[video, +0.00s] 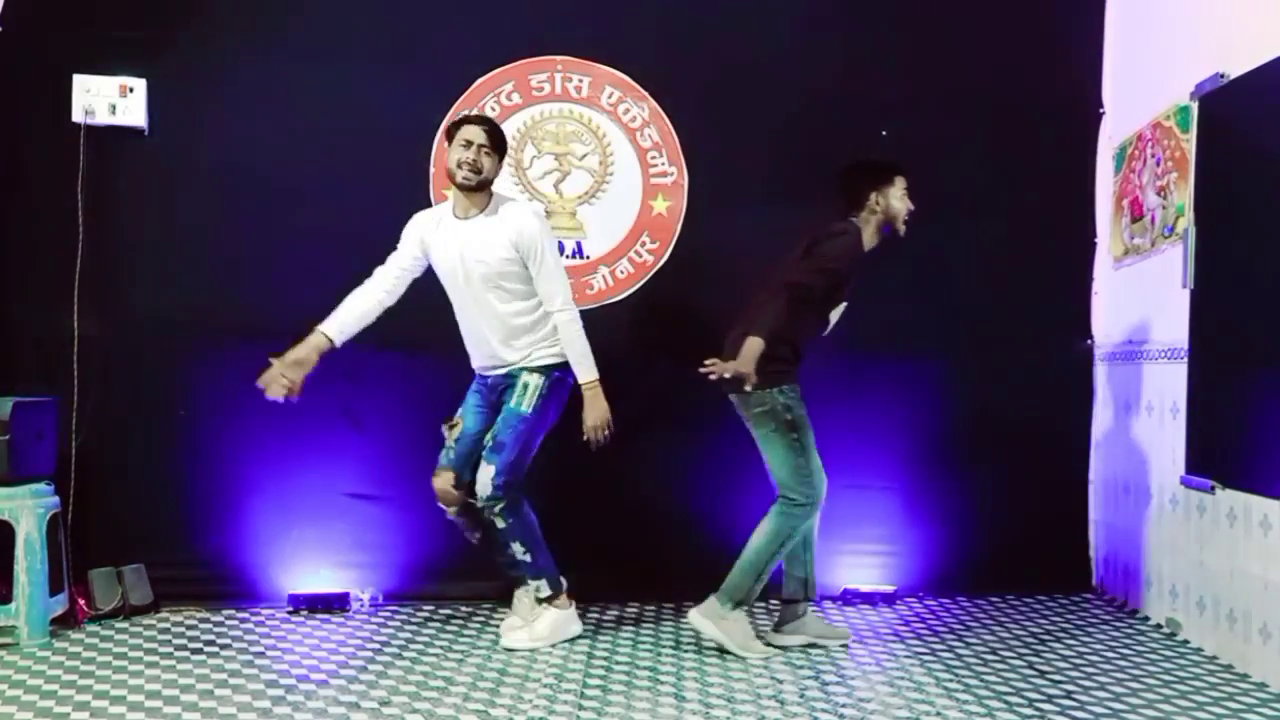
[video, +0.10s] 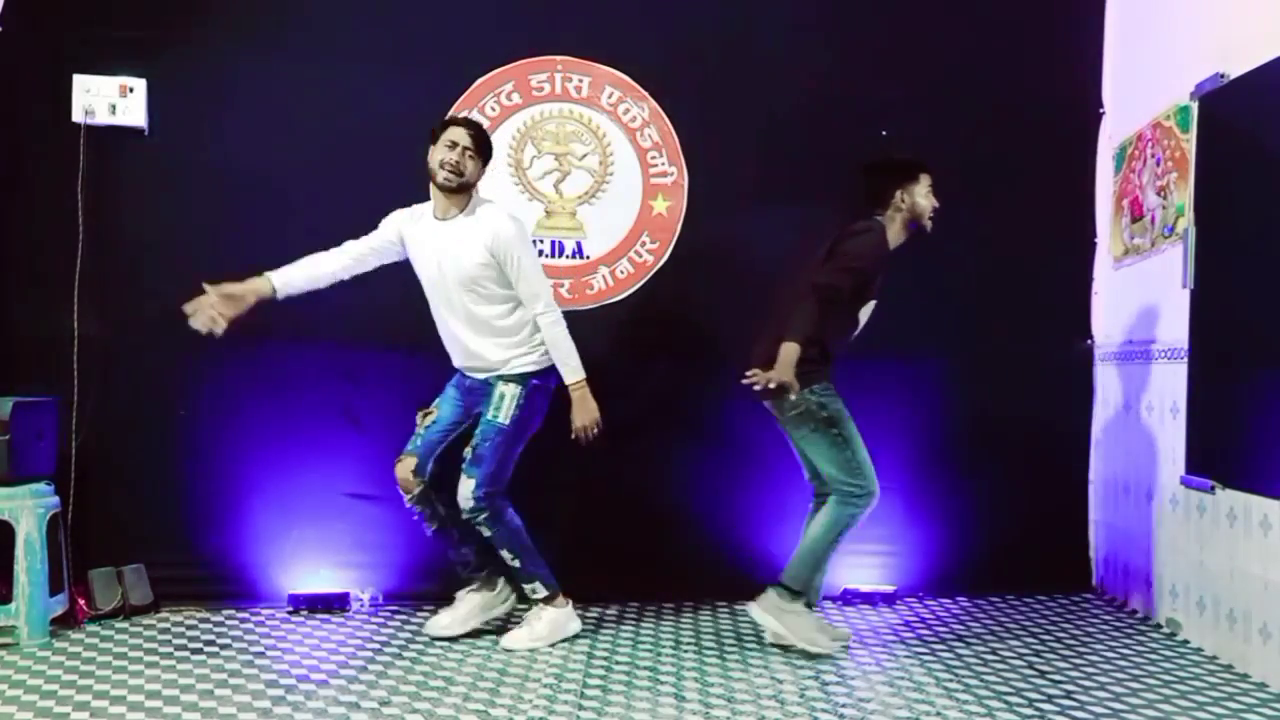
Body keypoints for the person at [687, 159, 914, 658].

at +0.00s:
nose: (909, 205)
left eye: (908, 195)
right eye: (903, 194)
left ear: (871, 201)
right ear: (876, 199)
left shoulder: (842, 241)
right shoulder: (845, 242)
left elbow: (783, 295)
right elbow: (787, 290)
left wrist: (738, 357)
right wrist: (748, 359)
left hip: (771, 376)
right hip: (767, 379)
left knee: (807, 491)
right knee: (801, 493)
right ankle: (722, 608)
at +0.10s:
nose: (935, 202)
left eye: (933, 192)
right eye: (928, 191)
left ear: (901, 198)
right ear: (901, 196)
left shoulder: (870, 243)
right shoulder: (869, 241)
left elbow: (816, 300)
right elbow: (814, 292)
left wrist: (779, 366)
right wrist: (786, 362)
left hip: (792, 380)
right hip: (804, 381)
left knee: (830, 493)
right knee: (857, 490)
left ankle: (799, 610)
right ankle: (785, 599)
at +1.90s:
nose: (930, 168)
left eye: (945, 165)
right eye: (931, 162)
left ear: (971, 186)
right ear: (924, 183)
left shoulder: (994, 230)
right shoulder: (934, 244)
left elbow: (1058, 300)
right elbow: (946, 314)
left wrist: (1005, 292)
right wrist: (903, 362)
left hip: (1024, 383)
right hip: (975, 386)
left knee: (985, 488)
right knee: (961, 499)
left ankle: (1052, 601)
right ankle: (1011, 616)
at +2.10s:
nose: (861, 180)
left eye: (872, 169)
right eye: (860, 171)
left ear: (906, 175)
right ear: (873, 182)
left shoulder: (951, 219)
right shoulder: (892, 245)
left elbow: (996, 302)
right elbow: (926, 323)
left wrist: (990, 387)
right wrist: (912, 385)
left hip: (972, 385)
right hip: (929, 387)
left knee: (943, 499)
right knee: (915, 498)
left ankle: (954, 628)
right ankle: (1000, 601)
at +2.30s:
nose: (809, 172)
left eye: (820, 165)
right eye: (812, 164)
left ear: (852, 178)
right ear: (838, 177)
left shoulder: (878, 229)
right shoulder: (848, 232)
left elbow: (938, 303)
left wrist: (971, 392)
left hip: (920, 385)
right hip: (883, 383)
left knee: (889, 494)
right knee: (850, 490)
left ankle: (945, 617)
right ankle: (868, 615)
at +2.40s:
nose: (790, 168)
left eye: (801, 161)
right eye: (793, 160)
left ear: (833, 175)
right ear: (823, 177)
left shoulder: (855, 229)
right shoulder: (832, 232)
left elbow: (913, 306)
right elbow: (873, 309)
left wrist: (934, 396)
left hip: (886, 382)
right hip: (858, 381)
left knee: (837, 482)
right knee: (830, 483)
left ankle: (896, 602)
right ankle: (866, 609)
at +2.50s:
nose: (769, 160)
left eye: (780, 152)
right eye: (772, 152)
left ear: (813, 163)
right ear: (797, 164)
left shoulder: (842, 218)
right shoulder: (809, 224)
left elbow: (891, 303)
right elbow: (833, 308)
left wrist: (894, 392)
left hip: (853, 381)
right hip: (828, 379)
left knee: (807, 487)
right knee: (825, 495)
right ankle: (871, 615)